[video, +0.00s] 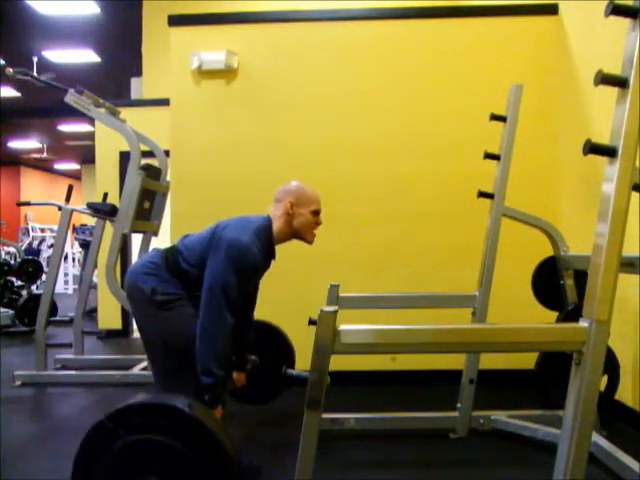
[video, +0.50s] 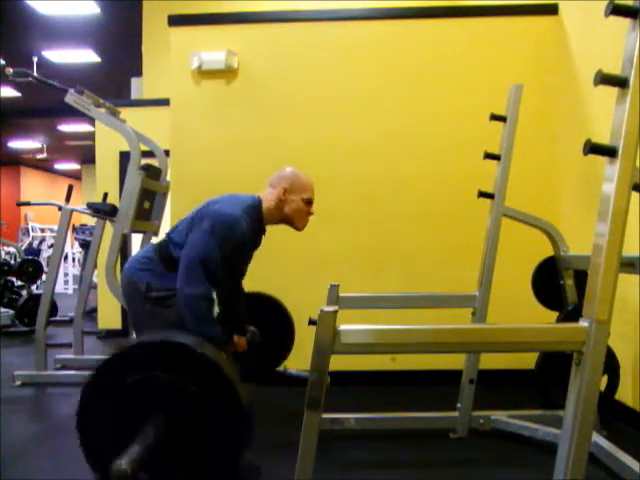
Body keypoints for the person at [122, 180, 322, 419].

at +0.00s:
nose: (319, 221)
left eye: (319, 214)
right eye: (314, 213)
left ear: (289, 210)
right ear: (290, 209)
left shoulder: (257, 244)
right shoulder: (240, 242)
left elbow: (242, 313)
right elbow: (215, 317)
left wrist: (238, 364)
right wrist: (212, 394)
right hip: (153, 285)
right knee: (183, 379)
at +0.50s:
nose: (311, 211)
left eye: (312, 204)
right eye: (307, 202)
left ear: (282, 196)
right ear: (282, 195)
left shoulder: (250, 224)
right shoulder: (229, 218)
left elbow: (230, 284)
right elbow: (192, 286)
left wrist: (238, 330)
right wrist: (218, 340)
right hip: (147, 284)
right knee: (166, 365)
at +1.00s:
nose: (319, 208)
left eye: (321, 200)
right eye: (317, 197)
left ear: (294, 187)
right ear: (295, 185)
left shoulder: (257, 215)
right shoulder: (243, 208)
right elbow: (172, 226)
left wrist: (230, 289)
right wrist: (213, 285)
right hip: (174, 298)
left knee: (205, 380)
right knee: (192, 381)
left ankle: (208, 461)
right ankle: (196, 463)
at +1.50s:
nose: (320, 220)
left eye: (321, 213)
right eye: (316, 212)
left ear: (292, 204)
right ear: (292, 204)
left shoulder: (258, 237)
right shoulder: (243, 233)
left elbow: (242, 306)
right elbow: (217, 304)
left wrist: (238, 360)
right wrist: (215, 372)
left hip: (172, 283)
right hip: (153, 279)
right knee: (178, 369)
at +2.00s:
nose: (309, 211)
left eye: (310, 203)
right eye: (306, 201)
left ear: (281, 193)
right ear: (282, 193)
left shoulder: (249, 223)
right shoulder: (231, 218)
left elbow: (231, 288)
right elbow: (200, 288)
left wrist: (238, 336)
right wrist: (216, 346)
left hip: (171, 282)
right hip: (150, 281)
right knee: (171, 362)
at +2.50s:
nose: (316, 206)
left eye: (318, 198)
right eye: (314, 195)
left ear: (291, 183)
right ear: (291, 182)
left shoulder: (252, 210)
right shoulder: (240, 202)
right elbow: (166, 215)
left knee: (211, 364)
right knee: (191, 370)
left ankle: (209, 458)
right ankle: (195, 463)